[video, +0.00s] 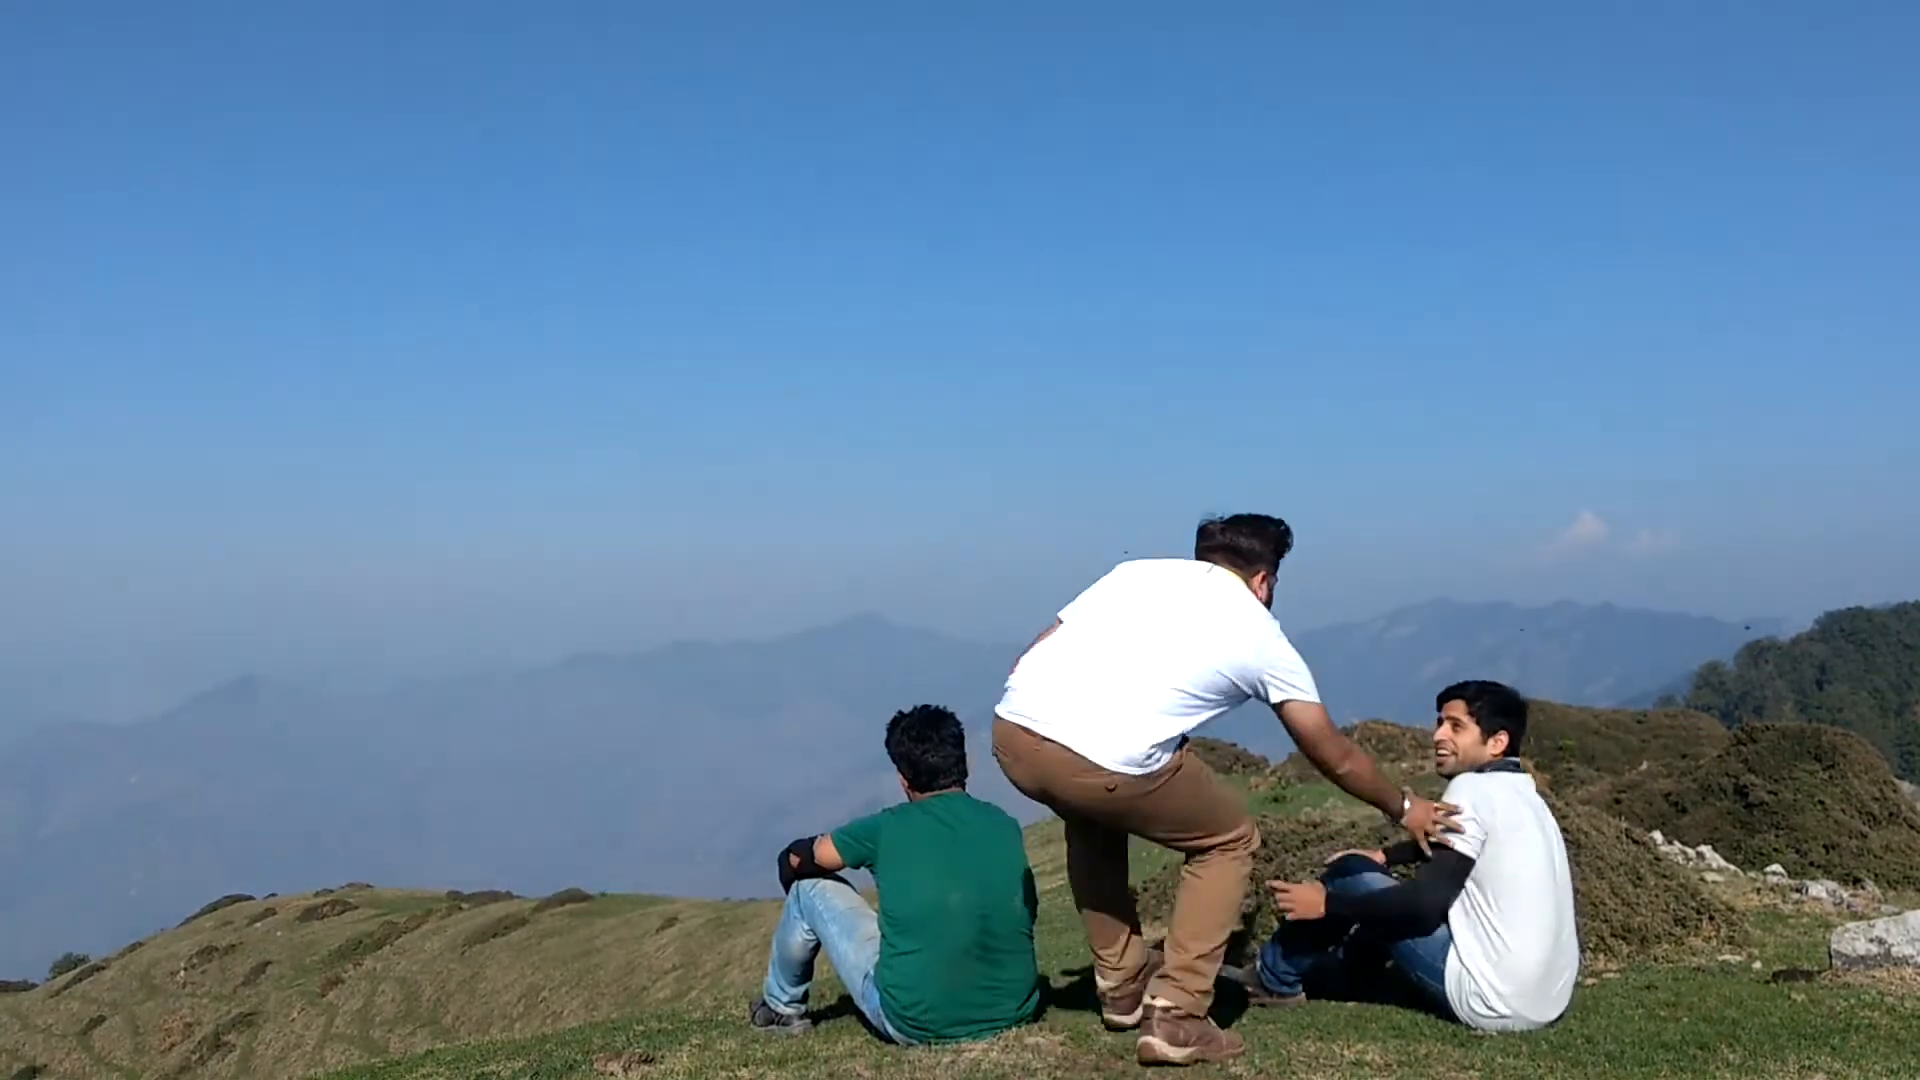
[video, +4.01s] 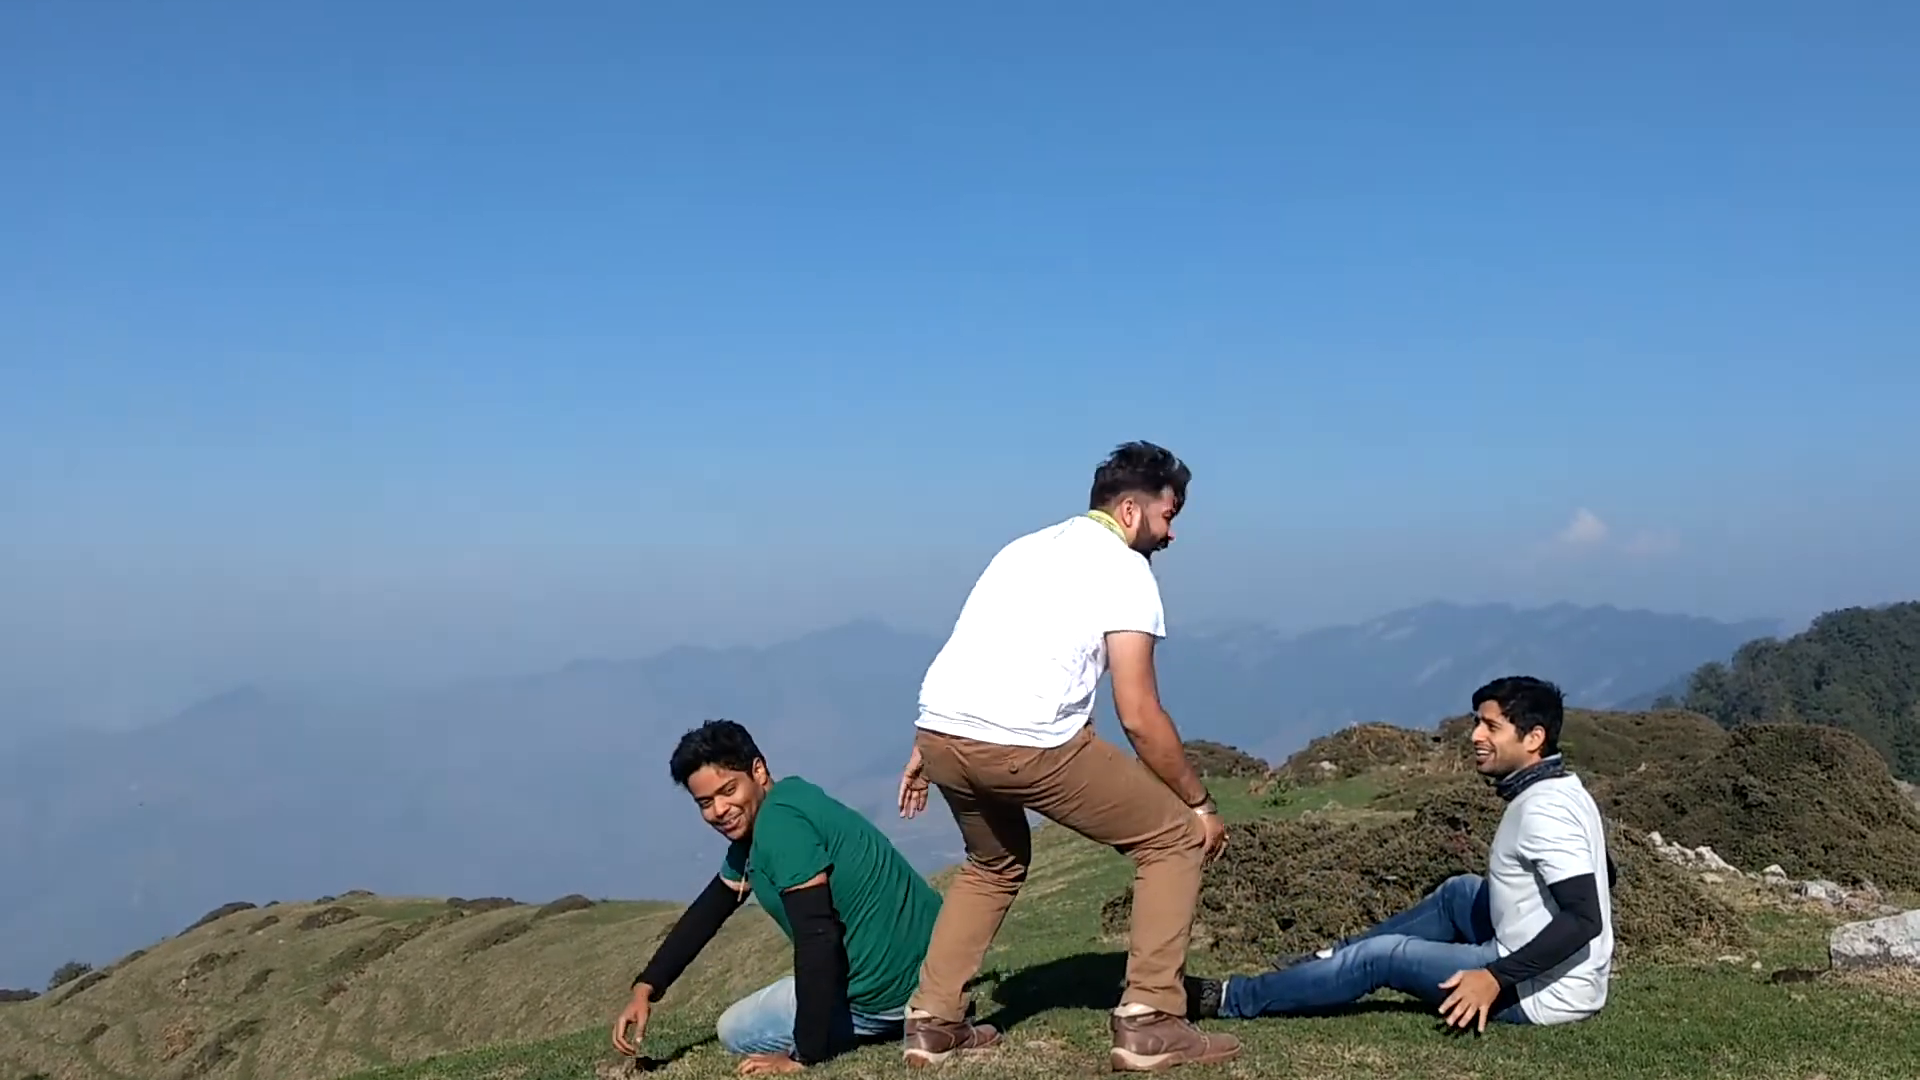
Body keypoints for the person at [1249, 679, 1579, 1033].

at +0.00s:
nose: (1438, 737)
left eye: (1455, 726)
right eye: (1440, 724)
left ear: (1496, 742)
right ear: (1500, 746)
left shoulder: (1472, 790)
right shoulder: (1529, 796)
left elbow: (1427, 905)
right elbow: (1464, 844)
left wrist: (1326, 902)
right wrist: (1387, 857)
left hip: (1488, 1005)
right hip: (1544, 1001)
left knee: (1351, 872)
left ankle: (1274, 975)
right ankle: (1351, 964)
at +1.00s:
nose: (1454, 753)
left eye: (1452, 743)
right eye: (1455, 740)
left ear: (1461, 750)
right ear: (1521, 738)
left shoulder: (1493, 802)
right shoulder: (1556, 795)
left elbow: (1487, 916)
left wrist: (1387, 894)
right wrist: (1435, 838)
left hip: (1504, 994)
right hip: (1554, 989)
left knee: (1337, 886)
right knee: (1443, 885)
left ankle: (1228, 973)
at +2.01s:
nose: (1448, 727)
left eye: (1464, 715)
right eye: (1451, 714)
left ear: (1507, 733)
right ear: (1507, 738)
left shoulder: (1497, 790)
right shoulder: (1543, 784)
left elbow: (1528, 895)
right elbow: (1591, 878)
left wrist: (1508, 1011)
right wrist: (1589, 973)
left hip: (1491, 979)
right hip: (1546, 988)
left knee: (1335, 879)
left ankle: (1211, 975)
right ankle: (1333, 979)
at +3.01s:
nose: (1480, 718)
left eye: (1495, 706)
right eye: (1481, 705)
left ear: (1539, 718)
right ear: (1537, 720)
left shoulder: (1534, 792)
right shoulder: (1572, 775)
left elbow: (1540, 904)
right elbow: (1591, 883)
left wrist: (1513, 1013)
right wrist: (1592, 976)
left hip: (1516, 971)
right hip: (1555, 966)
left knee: (1360, 907)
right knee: (1457, 868)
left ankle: (1218, 983)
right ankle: (1349, 966)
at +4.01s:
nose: (1476, 737)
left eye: (1491, 726)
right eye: (1477, 724)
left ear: (1535, 738)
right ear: (1533, 741)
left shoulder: (1543, 810)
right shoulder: (1560, 790)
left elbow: (1582, 921)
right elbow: (1604, 877)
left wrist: (1496, 977)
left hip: (1542, 992)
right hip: (1557, 967)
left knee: (1380, 954)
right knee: (1460, 892)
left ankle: (1221, 998)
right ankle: (1349, 958)